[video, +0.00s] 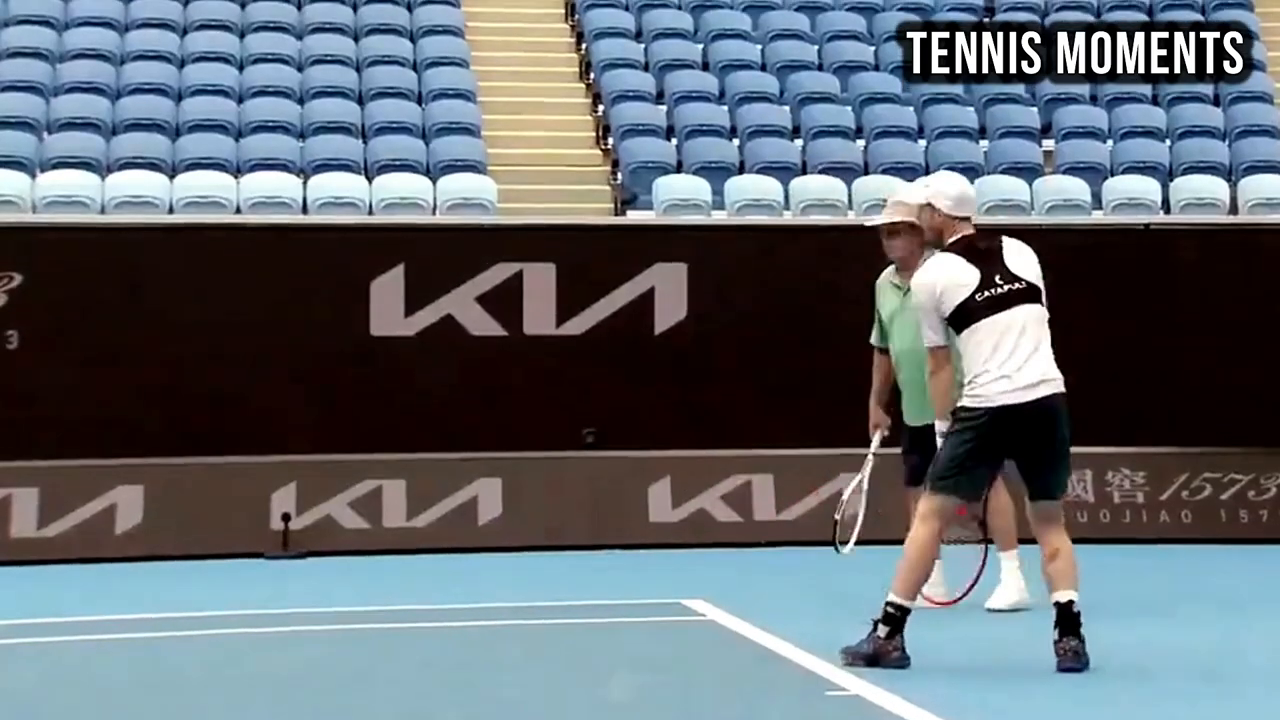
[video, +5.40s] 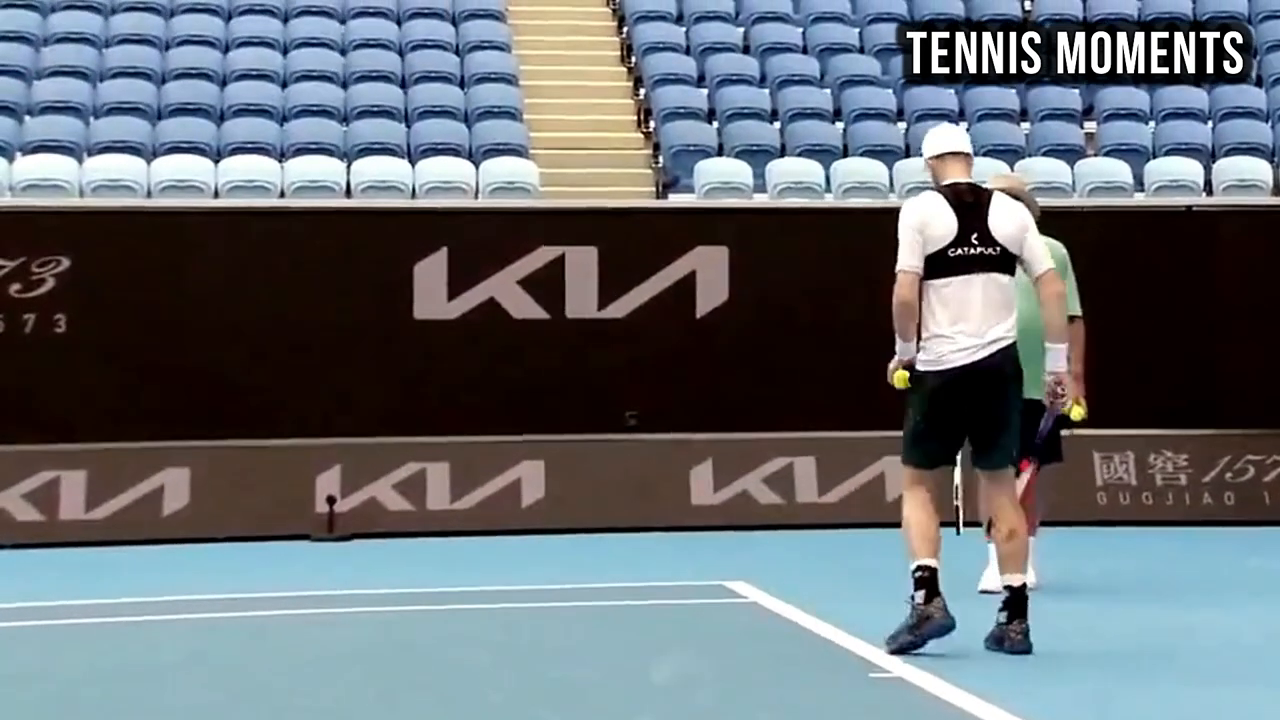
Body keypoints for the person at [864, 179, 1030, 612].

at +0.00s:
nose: (897, 241)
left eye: (906, 230)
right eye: (889, 234)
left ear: (932, 224)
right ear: (882, 239)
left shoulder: (941, 277)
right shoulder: (886, 285)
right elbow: (883, 350)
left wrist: (951, 428)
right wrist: (876, 402)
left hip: (968, 410)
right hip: (915, 416)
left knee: (991, 482)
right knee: (918, 497)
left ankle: (1011, 574)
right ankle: (934, 578)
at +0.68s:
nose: (915, 253)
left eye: (922, 245)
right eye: (909, 245)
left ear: (944, 249)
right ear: (901, 251)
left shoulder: (961, 294)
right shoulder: (892, 298)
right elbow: (884, 366)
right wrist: (880, 420)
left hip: (962, 421)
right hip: (912, 422)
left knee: (970, 509)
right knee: (918, 511)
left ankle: (981, 594)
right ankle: (930, 598)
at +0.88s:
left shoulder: (986, 299)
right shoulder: (912, 293)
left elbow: (1005, 360)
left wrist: (998, 415)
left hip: (972, 429)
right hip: (920, 429)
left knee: (978, 513)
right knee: (926, 521)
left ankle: (980, 599)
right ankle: (930, 598)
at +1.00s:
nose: (946, 250)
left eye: (955, 243)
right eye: (943, 242)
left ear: (973, 250)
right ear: (934, 249)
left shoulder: (994, 291)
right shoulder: (921, 290)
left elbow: (1013, 359)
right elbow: (905, 358)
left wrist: (1007, 416)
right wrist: (900, 415)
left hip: (981, 426)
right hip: (928, 423)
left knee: (984, 510)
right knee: (932, 508)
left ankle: (983, 594)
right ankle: (931, 599)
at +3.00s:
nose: (913, 225)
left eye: (921, 218)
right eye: (912, 219)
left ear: (945, 223)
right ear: (916, 227)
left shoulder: (977, 267)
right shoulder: (906, 274)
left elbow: (995, 330)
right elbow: (898, 342)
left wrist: (992, 382)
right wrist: (893, 395)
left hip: (965, 396)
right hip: (917, 397)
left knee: (972, 481)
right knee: (928, 484)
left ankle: (983, 568)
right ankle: (939, 571)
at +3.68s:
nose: (961, 194)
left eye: (969, 187)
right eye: (958, 188)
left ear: (991, 193)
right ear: (954, 194)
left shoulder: (1020, 239)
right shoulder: (944, 240)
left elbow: (1039, 305)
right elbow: (935, 305)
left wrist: (1036, 361)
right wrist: (931, 356)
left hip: (1006, 368)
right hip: (957, 367)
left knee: (1006, 454)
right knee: (962, 457)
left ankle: (1007, 541)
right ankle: (961, 542)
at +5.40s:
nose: (1005, 215)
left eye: (1012, 205)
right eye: (998, 206)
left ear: (1028, 209)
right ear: (988, 212)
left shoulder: (1050, 252)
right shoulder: (977, 251)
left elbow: (1073, 319)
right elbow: (961, 314)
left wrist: (1075, 377)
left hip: (1038, 382)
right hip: (991, 381)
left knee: (1028, 473)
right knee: (997, 474)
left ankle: (1022, 557)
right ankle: (999, 557)